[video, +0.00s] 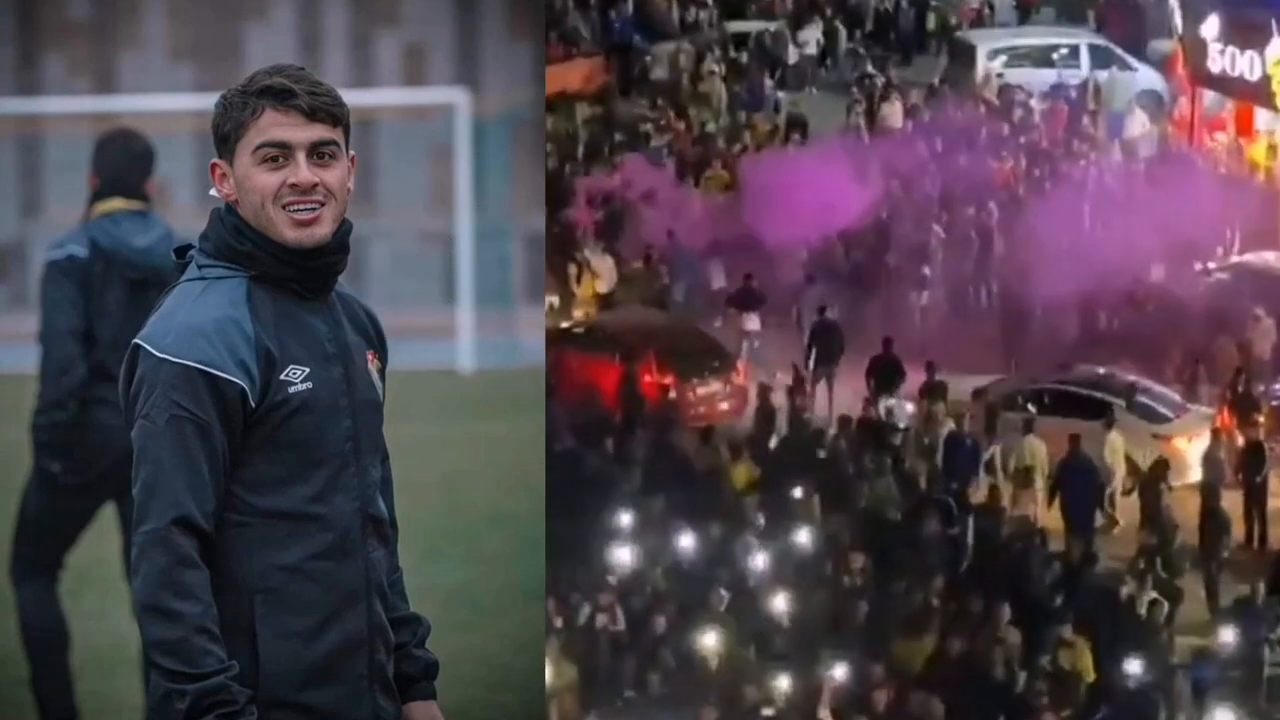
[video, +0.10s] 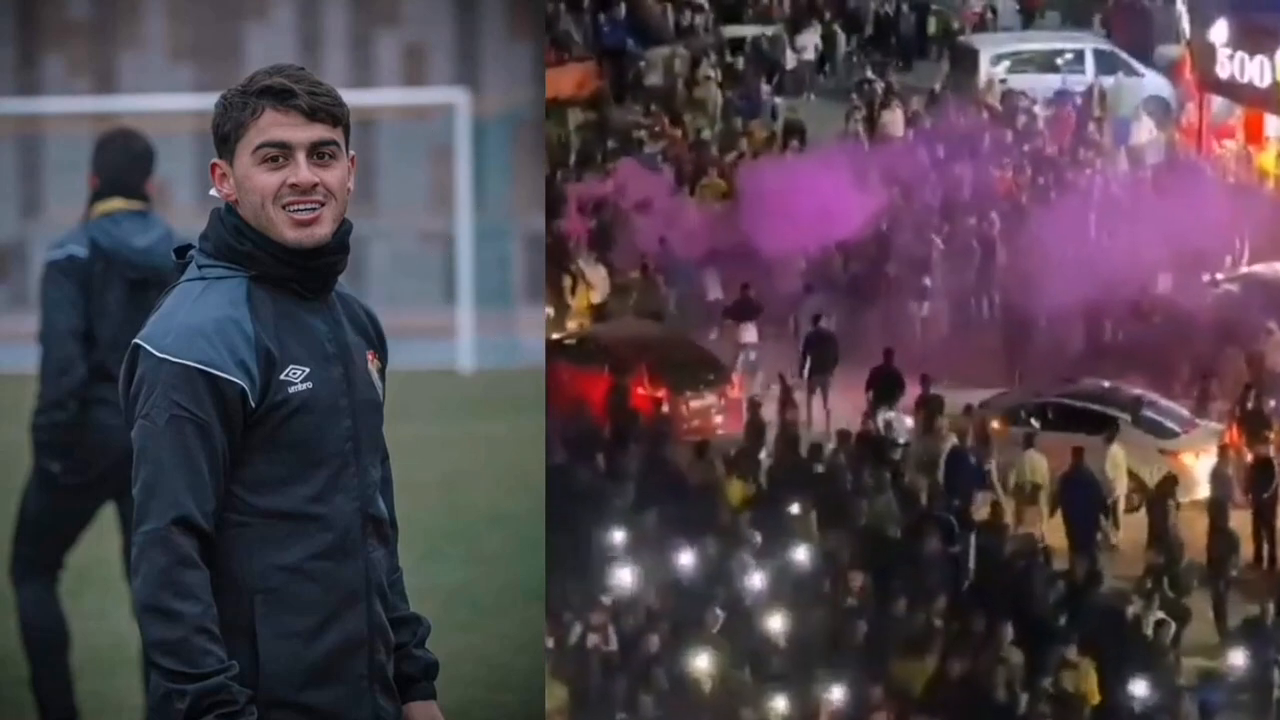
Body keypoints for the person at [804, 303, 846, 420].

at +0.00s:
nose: (820, 315)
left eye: (819, 313)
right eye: (822, 312)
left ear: (817, 313)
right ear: (827, 312)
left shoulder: (815, 326)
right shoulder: (835, 325)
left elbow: (810, 345)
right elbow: (841, 345)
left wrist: (806, 361)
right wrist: (837, 359)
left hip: (819, 361)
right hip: (832, 362)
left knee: (813, 386)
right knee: (831, 390)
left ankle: (811, 411)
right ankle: (831, 416)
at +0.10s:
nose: (814, 325)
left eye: (813, 322)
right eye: (816, 322)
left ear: (812, 322)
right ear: (822, 321)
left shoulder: (810, 336)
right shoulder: (831, 335)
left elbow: (804, 355)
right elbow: (835, 355)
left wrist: (801, 371)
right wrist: (832, 368)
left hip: (813, 371)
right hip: (826, 371)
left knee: (810, 397)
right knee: (826, 403)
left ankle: (809, 423)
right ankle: (828, 428)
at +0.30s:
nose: (819, 340)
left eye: (818, 337)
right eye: (819, 337)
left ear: (810, 338)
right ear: (822, 338)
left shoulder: (806, 351)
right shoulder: (827, 351)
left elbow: (799, 367)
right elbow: (831, 369)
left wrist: (795, 383)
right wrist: (835, 383)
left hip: (809, 382)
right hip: (822, 382)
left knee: (808, 410)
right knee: (821, 409)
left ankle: (809, 434)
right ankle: (821, 434)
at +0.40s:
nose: (818, 346)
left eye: (817, 343)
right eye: (818, 343)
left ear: (809, 343)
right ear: (821, 343)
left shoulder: (805, 357)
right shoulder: (826, 358)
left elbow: (798, 374)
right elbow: (830, 377)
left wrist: (795, 390)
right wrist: (834, 393)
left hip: (808, 391)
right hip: (822, 390)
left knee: (808, 419)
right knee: (820, 413)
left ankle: (809, 447)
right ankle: (819, 432)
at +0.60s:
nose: (822, 353)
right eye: (823, 350)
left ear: (811, 350)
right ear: (824, 350)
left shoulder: (804, 365)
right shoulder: (826, 365)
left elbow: (798, 386)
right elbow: (831, 387)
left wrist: (799, 406)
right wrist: (835, 407)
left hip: (807, 404)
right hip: (822, 404)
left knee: (810, 432)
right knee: (820, 431)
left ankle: (812, 459)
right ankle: (818, 455)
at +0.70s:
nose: (821, 350)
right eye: (823, 347)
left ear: (811, 347)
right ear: (824, 347)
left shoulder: (804, 363)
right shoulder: (826, 363)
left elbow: (799, 385)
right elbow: (831, 385)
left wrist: (799, 405)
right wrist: (835, 405)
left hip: (808, 403)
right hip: (822, 403)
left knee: (810, 431)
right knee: (820, 431)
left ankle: (813, 458)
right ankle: (817, 459)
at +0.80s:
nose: (829, 328)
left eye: (828, 326)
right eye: (829, 326)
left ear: (815, 326)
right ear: (828, 327)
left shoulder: (808, 342)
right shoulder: (832, 344)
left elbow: (802, 363)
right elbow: (837, 365)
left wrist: (802, 380)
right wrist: (841, 383)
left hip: (813, 380)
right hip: (829, 381)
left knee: (814, 407)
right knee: (827, 408)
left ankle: (814, 433)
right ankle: (823, 436)